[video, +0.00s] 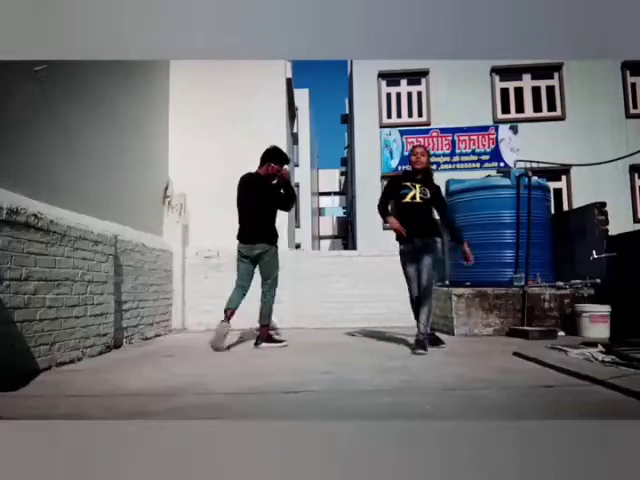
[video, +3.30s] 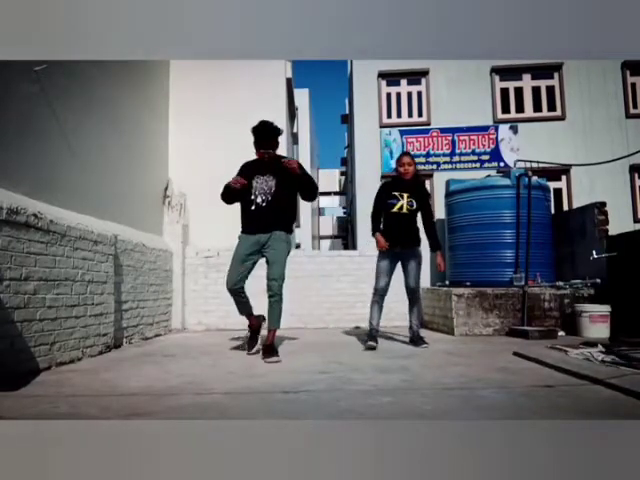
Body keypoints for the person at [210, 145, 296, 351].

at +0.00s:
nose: (280, 171)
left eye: (281, 168)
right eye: (280, 168)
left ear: (262, 163)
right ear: (272, 166)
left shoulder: (245, 180)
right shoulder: (269, 187)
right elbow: (288, 204)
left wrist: (276, 182)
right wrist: (287, 182)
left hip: (245, 241)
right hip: (265, 242)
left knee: (241, 285)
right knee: (269, 286)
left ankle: (225, 320)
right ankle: (264, 331)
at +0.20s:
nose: (288, 172)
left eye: (289, 168)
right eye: (288, 167)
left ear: (273, 164)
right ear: (279, 165)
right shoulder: (268, 183)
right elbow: (282, 207)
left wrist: (291, 186)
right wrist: (293, 186)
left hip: (259, 241)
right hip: (273, 241)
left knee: (268, 284)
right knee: (271, 285)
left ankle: (257, 325)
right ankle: (260, 327)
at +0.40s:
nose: (296, 172)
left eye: (297, 169)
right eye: (294, 168)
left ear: (287, 166)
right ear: (284, 165)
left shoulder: (280, 185)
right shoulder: (269, 183)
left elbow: (298, 204)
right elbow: (258, 210)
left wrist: (303, 186)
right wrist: (280, 208)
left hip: (280, 241)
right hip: (273, 241)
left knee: (288, 286)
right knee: (274, 285)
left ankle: (287, 328)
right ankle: (265, 329)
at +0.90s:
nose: (317, 172)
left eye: (320, 168)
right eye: (315, 167)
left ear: (320, 168)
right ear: (306, 164)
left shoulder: (317, 186)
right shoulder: (283, 182)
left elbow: (325, 211)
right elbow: (266, 209)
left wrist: (323, 186)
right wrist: (273, 225)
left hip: (312, 240)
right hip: (289, 240)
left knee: (317, 286)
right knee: (284, 284)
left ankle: (318, 332)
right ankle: (276, 326)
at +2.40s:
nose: (281, 162)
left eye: (285, 158)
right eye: (277, 158)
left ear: (289, 159)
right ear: (271, 158)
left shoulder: (296, 182)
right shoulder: (256, 181)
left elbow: (307, 210)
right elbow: (242, 211)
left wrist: (302, 212)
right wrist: (246, 228)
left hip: (292, 241)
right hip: (265, 242)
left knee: (305, 285)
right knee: (262, 288)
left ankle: (310, 330)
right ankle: (264, 335)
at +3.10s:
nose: (267, 153)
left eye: (271, 148)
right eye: (262, 148)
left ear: (278, 147)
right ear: (256, 147)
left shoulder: (288, 172)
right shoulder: (244, 171)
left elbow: (304, 203)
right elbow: (225, 200)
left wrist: (297, 198)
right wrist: (230, 215)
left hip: (277, 235)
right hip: (250, 237)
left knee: (274, 286)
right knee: (250, 286)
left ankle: (271, 340)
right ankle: (259, 329)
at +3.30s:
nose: (265, 152)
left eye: (269, 147)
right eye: (261, 147)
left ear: (277, 144)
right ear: (255, 145)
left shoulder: (289, 167)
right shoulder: (249, 168)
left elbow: (311, 195)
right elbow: (227, 199)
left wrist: (299, 173)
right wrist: (233, 187)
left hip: (278, 235)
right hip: (250, 235)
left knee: (275, 287)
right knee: (233, 284)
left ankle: (270, 343)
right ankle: (253, 322)